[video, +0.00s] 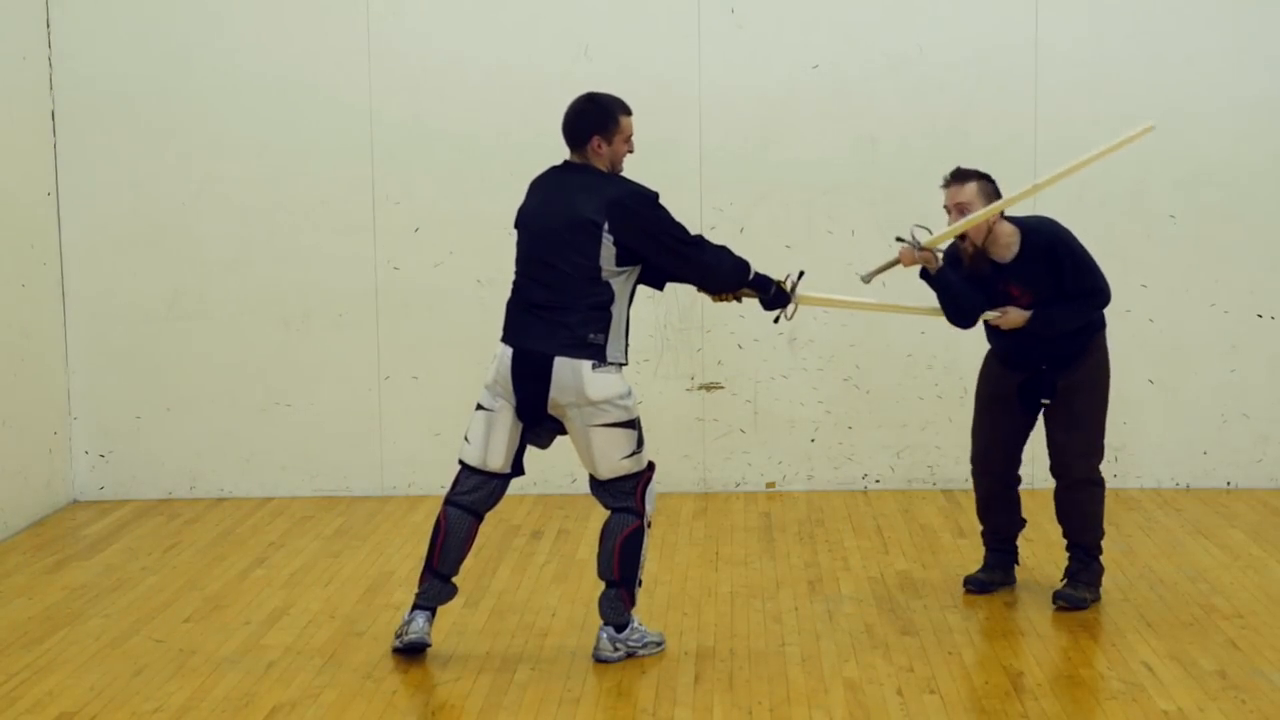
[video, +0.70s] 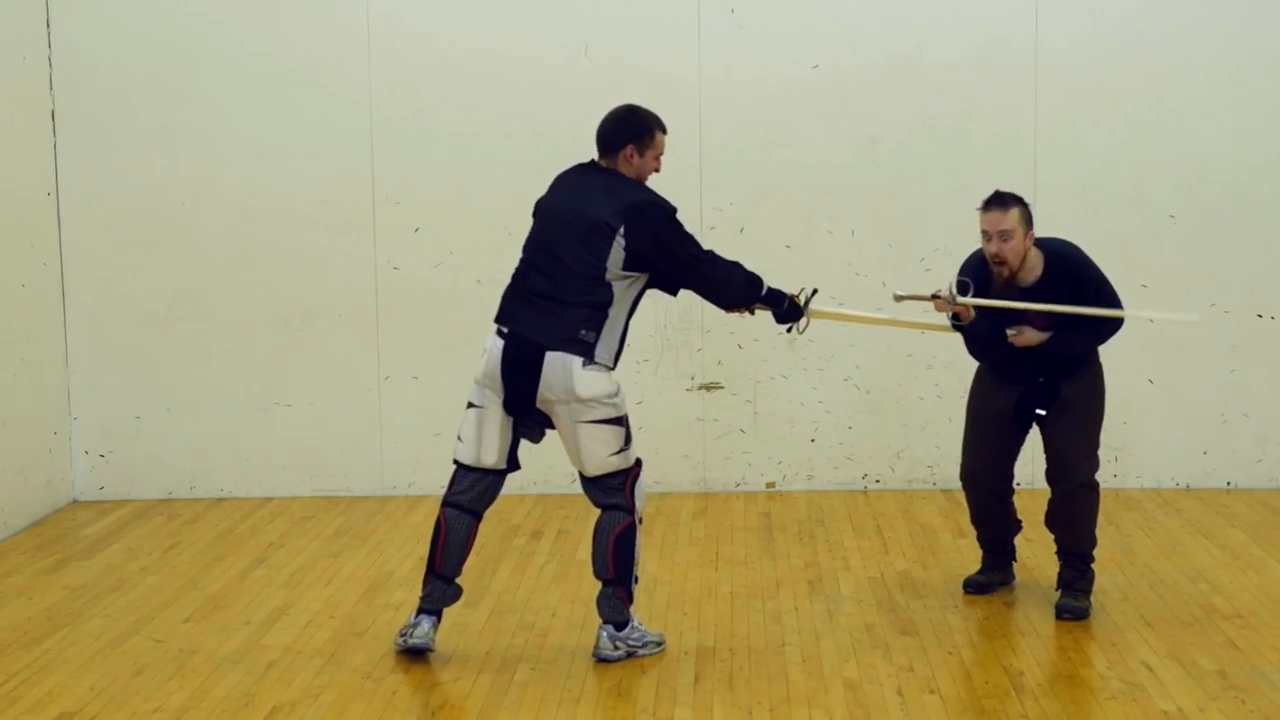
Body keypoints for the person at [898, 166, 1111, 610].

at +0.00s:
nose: (956, 220)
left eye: (964, 209)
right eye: (950, 211)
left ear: (994, 209)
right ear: (948, 215)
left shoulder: (1047, 237)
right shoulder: (959, 258)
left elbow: (1097, 294)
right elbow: (964, 317)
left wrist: (1031, 317)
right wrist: (932, 266)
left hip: (1076, 358)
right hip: (1009, 359)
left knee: (1076, 465)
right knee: (991, 460)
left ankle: (1083, 570)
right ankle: (999, 560)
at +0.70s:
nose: (994, 249)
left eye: (1004, 237)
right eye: (986, 237)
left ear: (1029, 235)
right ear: (981, 235)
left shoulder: (1067, 261)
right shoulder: (975, 272)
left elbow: (1111, 315)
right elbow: (985, 352)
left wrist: (1050, 338)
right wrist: (967, 321)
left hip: (1071, 377)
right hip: (1002, 377)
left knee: (1073, 477)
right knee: (981, 472)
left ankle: (1075, 582)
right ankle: (997, 563)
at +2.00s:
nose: (1023, 262)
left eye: (1035, 255)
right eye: (1019, 249)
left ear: (1061, 252)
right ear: (1013, 241)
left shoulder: (1090, 275)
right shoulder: (994, 268)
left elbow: (1115, 335)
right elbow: (979, 351)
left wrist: (1053, 343)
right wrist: (969, 324)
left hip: (1071, 384)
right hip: (1001, 380)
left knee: (1075, 480)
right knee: (981, 475)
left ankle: (1075, 577)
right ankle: (997, 565)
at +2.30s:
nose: (1032, 266)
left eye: (1044, 260)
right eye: (1029, 253)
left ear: (1069, 260)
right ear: (1023, 242)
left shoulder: (1096, 281)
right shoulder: (999, 267)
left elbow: (1116, 341)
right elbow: (978, 352)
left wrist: (1053, 346)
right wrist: (978, 330)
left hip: (1071, 385)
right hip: (1001, 378)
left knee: (1076, 480)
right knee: (979, 477)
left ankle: (1075, 582)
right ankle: (997, 562)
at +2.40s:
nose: (1036, 271)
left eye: (1049, 265)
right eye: (1033, 257)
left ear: (1073, 263)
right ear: (1027, 245)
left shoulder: (1098, 283)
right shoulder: (1001, 268)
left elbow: (1117, 342)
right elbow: (978, 354)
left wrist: (1055, 348)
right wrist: (980, 333)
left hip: (1072, 384)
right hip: (1001, 377)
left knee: (1075, 479)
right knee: (979, 476)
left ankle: (1075, 580)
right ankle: (996, 561)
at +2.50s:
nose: (1042, 284)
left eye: (1055, 279)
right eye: (1038, 271)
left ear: (1078, 276)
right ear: (1031, 257)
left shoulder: (1101, 290)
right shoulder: (1003, 275)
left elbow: (1119, 344)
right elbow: (973, 357)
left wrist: (1060, 354)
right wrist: (980, 334)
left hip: (1073, 388)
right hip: (1002, 380)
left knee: (1077, 480)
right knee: (979, 476)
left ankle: (1075, 582)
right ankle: (996, 562)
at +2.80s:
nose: (1071, 375)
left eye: (1079, 368)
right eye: (1063, 368)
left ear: (1094, 342)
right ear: (1047, 348)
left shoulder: (1120, 344)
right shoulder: (1016, 341)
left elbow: (1165, 393)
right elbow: (948, 383)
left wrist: (1186, 385)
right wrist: (975, 348)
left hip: (1085, 433)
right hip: (1013, 429)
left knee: (1094, 501)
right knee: (987, 530)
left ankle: (1075, 587)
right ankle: (965, 538)